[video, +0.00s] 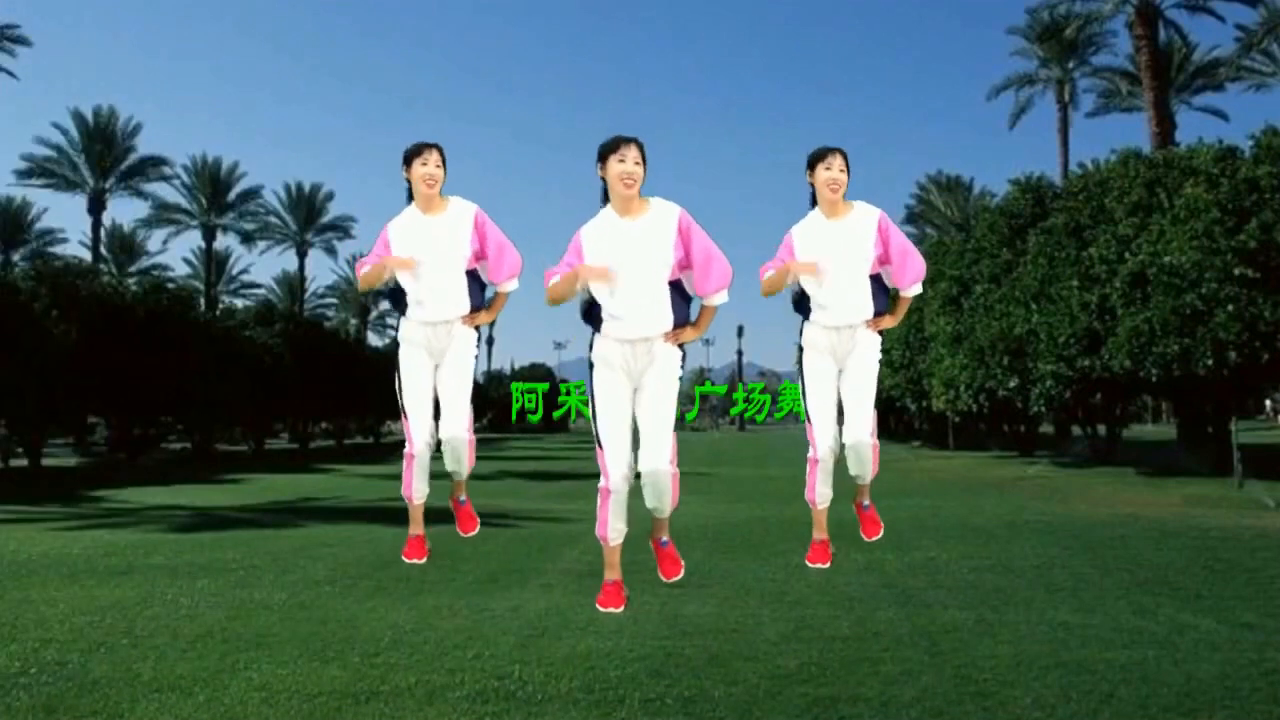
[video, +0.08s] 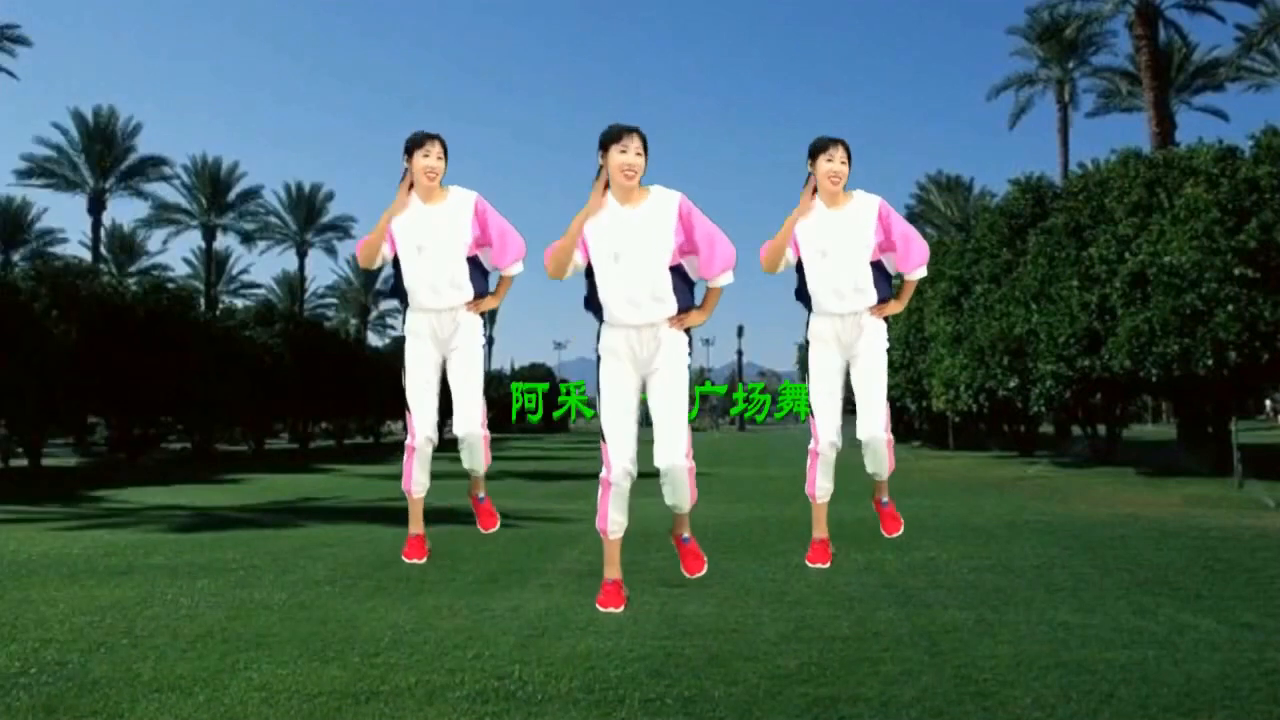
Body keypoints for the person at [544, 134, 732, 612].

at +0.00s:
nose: (630, 168)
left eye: (636, 162)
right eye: (620, 161)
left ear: (645, 172)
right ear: (603, 172)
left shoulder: (671, 218)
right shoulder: (591, 233)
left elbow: (716, 272)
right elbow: (553, 294)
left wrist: (698, 327)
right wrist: (578, 276)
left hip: (661, 349)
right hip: (611, 350)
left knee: (657, 463)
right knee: (616, 465)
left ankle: (661, 536)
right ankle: (611, 574)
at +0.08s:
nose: (632, 160)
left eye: (638, 152)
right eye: (622, 152)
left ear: (647, 161)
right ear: (604, 160)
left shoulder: (671, 205)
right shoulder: (591, 216)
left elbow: (720, 256)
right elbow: (555, 268)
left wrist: (703, 310)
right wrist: (586, 213)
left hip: (667, 338)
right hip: (617, 342)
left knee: (673, 458)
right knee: (619, 461)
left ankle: (682, 532)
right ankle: (611, 575)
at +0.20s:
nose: (635, 154)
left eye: (642, 147)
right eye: (627, 146)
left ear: (652, 154)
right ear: (609, 152)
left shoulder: (676, 194)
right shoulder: (598, 202)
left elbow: (731, 239)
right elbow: (581, 229)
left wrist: (715, 292)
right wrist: (591, 171)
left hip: (681, 323)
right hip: (630, 327)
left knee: (698, 451)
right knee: (626, 455)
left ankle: (723, 546)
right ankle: (612, 573)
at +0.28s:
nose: (639, 162)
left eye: (646, 155)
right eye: (631, 154)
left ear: (655, 161)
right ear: (613, 160)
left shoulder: (681, 201)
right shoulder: (602, 209)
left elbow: (736, 243)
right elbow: (600, 238)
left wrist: (720, 297)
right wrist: (605, 175)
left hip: (687, 327)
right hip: (637, 332)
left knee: (704, 454)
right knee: (632, 460)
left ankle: (731, 555)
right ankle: (613, 572)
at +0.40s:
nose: (648, 187)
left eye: (654, 180)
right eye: (639, 179)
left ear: (663, 186)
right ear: (621, 187)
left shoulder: (692, 228)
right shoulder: (614, 239)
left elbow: (746, 269)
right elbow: (621, 269)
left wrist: (732, 325)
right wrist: (620, 209)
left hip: (702, 363)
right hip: (650, 368)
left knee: (709, 485)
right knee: (646, 483)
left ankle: (733, 566)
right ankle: (615, 577)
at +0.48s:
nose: (650, 176)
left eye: (656, 169)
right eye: (640, 169)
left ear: (664, 177)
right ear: (623, 178)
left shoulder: (693, 219)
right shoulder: (617, 230)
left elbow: (747, 262)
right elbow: (614, 263)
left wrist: (731, 317)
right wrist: (620, 201)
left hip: (701, 356)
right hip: (650, 360)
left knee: (714, 475)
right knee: (644, 477)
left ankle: (734, 565)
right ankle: (616, 575)